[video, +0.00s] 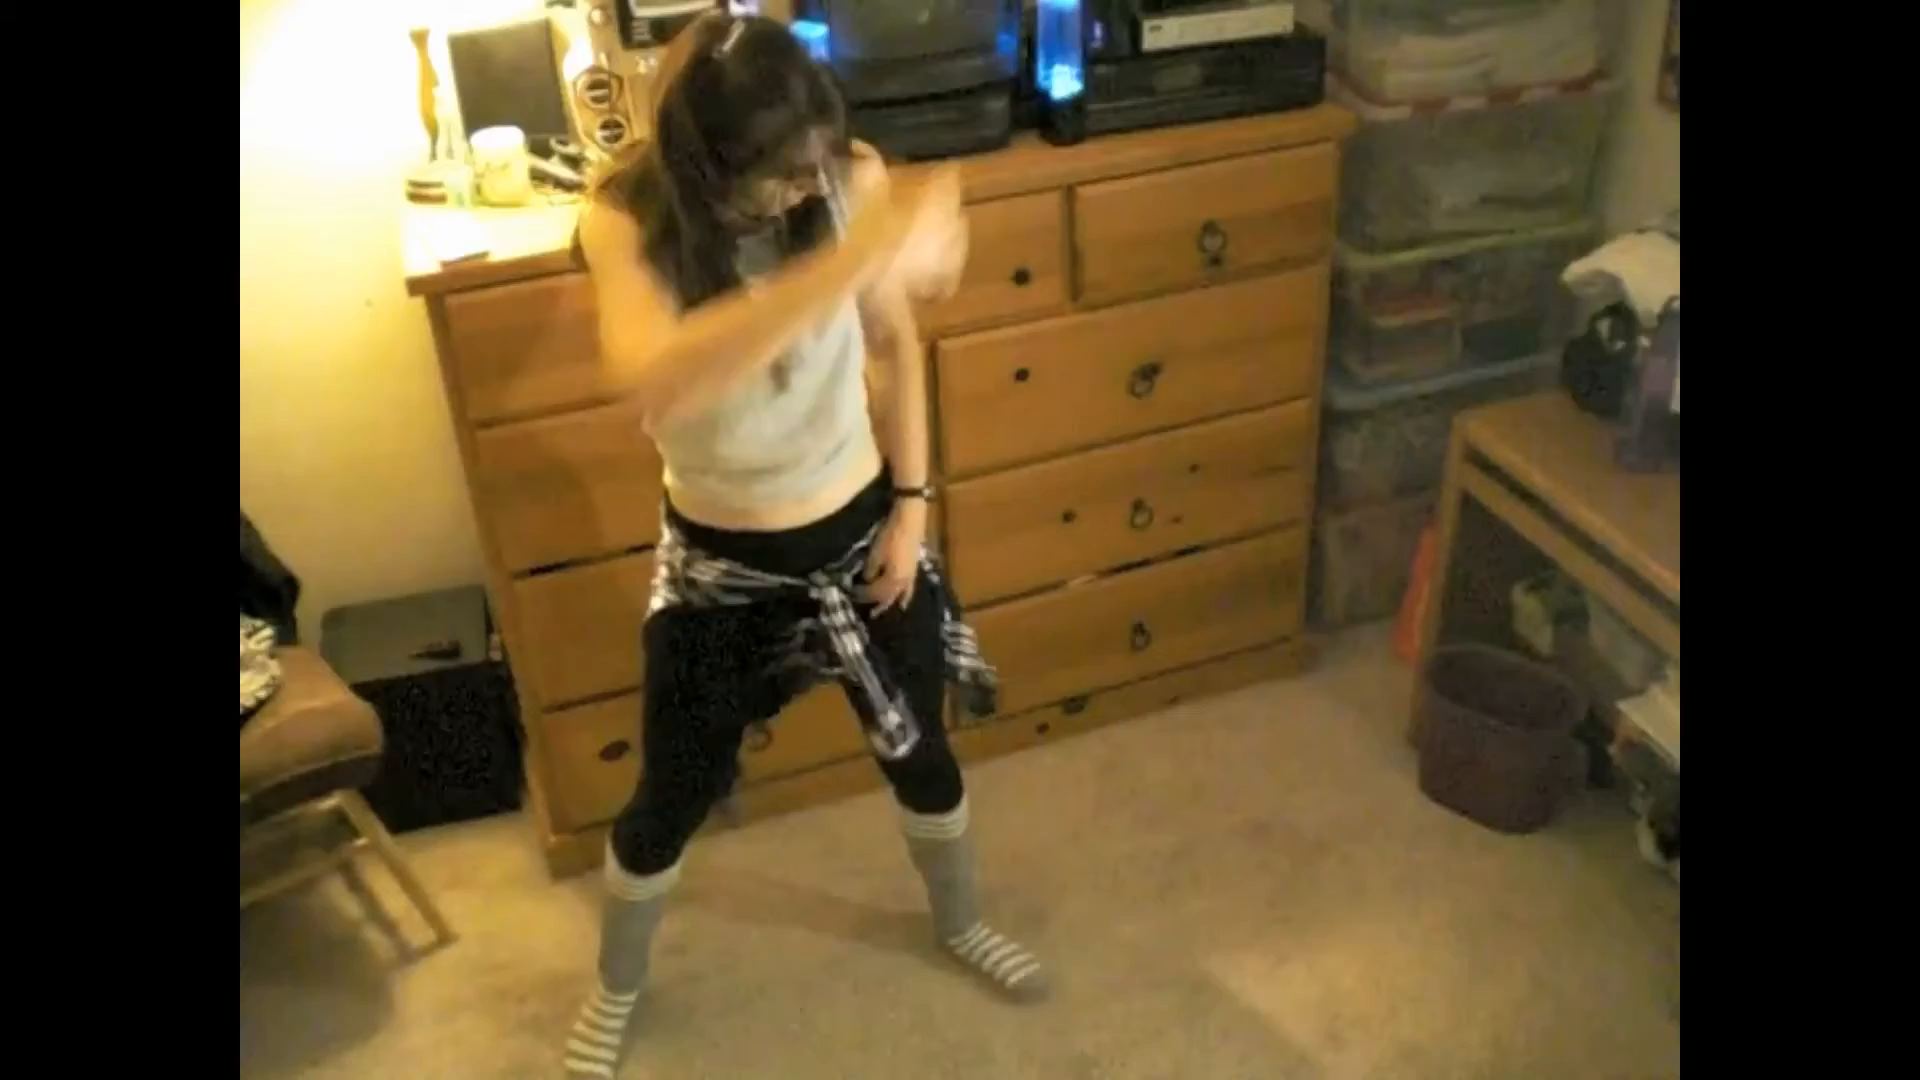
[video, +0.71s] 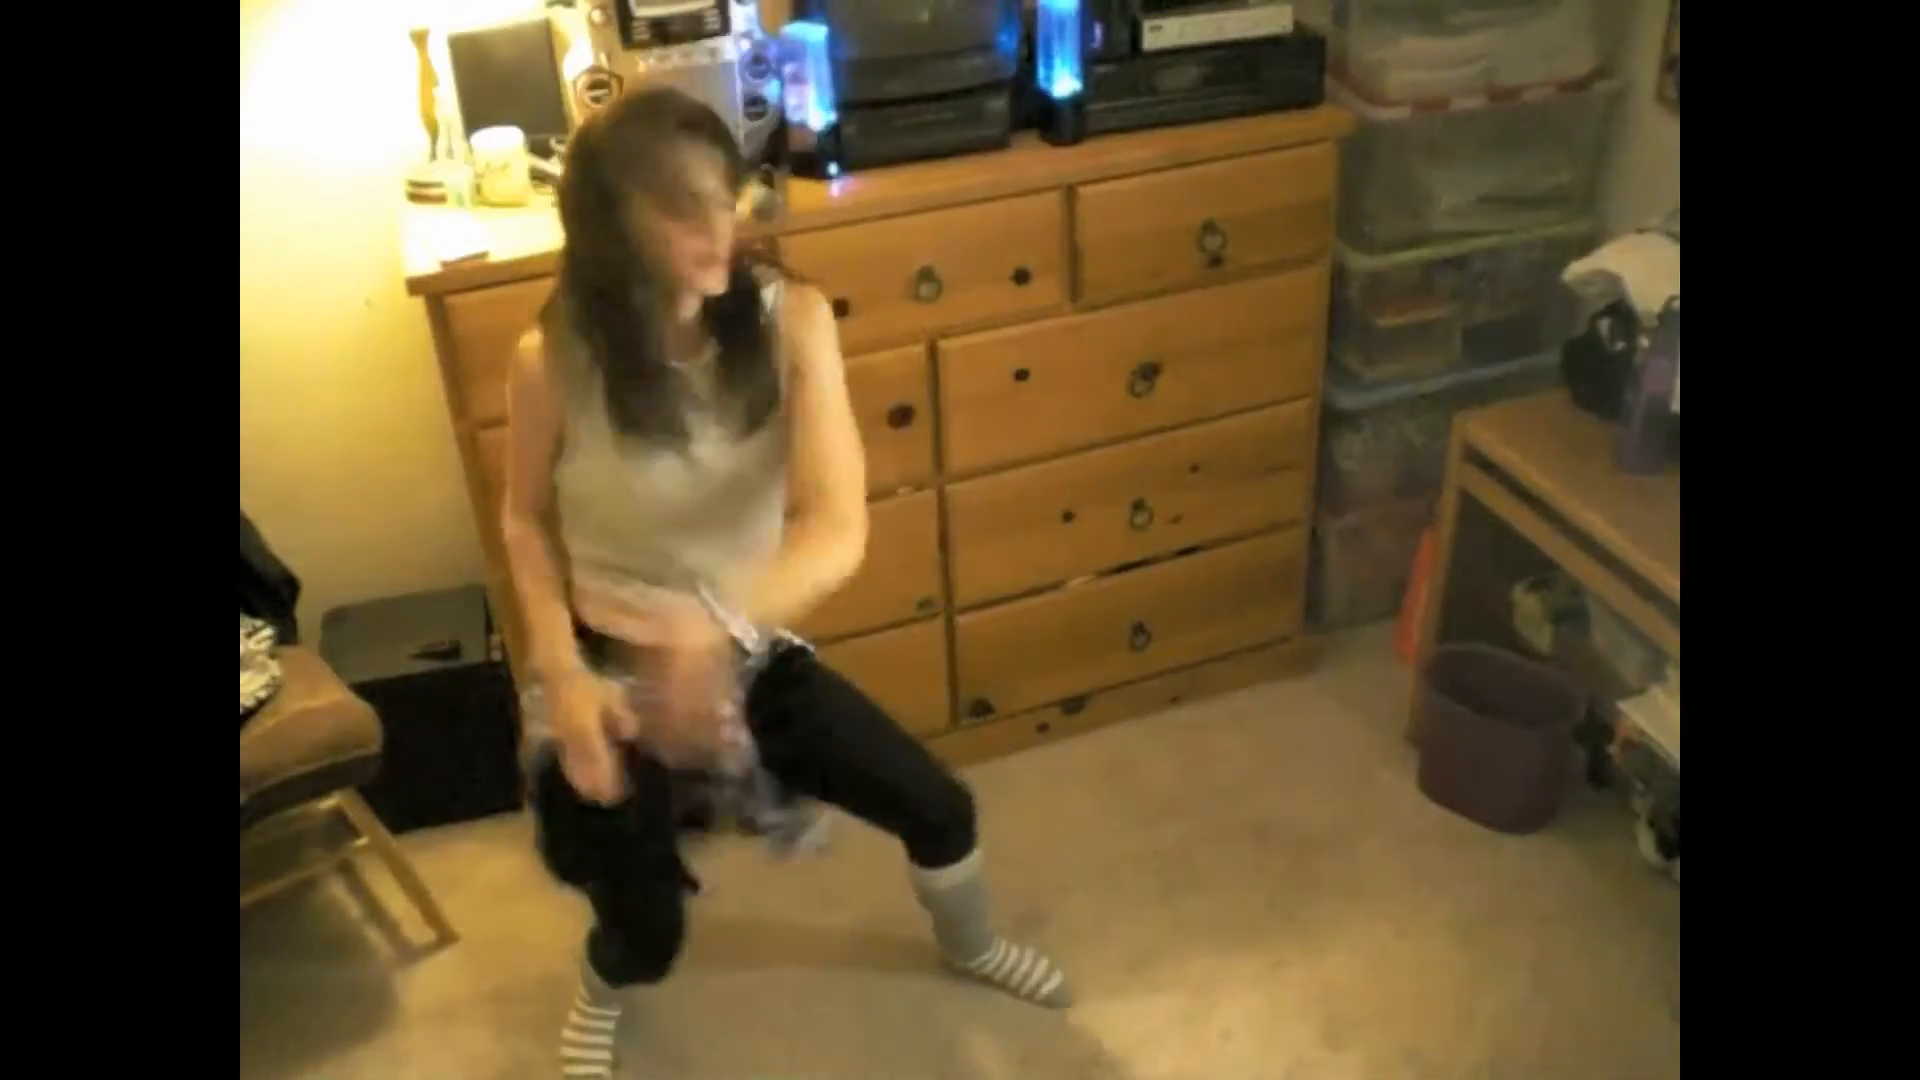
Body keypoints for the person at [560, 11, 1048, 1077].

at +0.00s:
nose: (803, 193)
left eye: (817, 170)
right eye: (778, 179)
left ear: (832, 131)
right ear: (708, 163)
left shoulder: (850, 181)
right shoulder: (625, 217)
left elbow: (894, 343)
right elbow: (653, 383)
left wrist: (911, 503)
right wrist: (861, 258)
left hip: (860, 530)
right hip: (716, 557)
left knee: (921, 752)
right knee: (670, 797)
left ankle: (961, 927)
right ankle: (615, 991)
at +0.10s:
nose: (822, 181)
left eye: (827, 152)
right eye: (781, 154)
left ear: (831, 138)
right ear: (720, 139)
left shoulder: (845, 191)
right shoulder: (624, 221)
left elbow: (881, 339)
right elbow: (748, 235)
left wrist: (918, 485)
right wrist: (882, 81)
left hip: (875, 538)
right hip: (732, 575)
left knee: (925, 745)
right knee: (679, 812)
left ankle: (964, 927)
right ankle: (611, 993)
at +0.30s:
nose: (825, 211)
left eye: (833, 192)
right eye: (808, 193)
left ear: (838, 170)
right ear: (739, 155)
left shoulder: (818, 223)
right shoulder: (632, 237)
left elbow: (862, 375)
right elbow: (750, 138)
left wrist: (921, 484)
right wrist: (725, 10)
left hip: (886, 562)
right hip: (753, 611)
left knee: (945, 756)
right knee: (707, 854)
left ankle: (969, 928)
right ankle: (613, 978)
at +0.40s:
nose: (802, 233)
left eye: (814, 212)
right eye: (788, 210)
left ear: (817, 202)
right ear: (726, 186)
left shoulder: (798, 269)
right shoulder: (625, 253)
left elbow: (855, 411)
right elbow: (700, 276)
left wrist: (910, 525)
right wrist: (650, 114)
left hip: (865, 576)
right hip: (741, 640)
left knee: (963, 771)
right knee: (733, 908)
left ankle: (972, 930)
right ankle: (618, 961)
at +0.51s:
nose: (787, 254)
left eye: (798, 231)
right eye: (770, 234)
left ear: (805, 217)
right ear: (701, 222)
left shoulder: (795, 284)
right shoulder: (604, 314)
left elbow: (841, 458)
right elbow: (612, 531)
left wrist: (881, 598)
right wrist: (655, 298)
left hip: (824, 616)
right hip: (702, 667)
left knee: (990, 795)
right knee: (731, 950)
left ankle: (968, 939)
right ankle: (608, 976)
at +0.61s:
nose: (760, 257)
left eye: (766, 233)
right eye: (737, 238)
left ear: (774, 223)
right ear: (664, 236)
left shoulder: (794, 314)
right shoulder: (572, 376)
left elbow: (834, 499)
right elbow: (517, 555)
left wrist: (829, 665)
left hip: (785, 664)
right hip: (648, 700)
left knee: (981, 791)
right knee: (684, 955)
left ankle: (968, 944)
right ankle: (606, 984)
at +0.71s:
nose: (712, 236)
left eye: (720, 205)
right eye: (681, 215)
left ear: (737, 200)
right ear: (614, 222)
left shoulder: (792, 320)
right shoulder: (554, 356)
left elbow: (835, 527)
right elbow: (526, 517)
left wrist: (718, 625)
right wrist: (560, 674)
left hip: (747, 656)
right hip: (603, 670)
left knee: (939, 810)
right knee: (643, 922)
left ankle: (971, 947)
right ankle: (597, 1006)